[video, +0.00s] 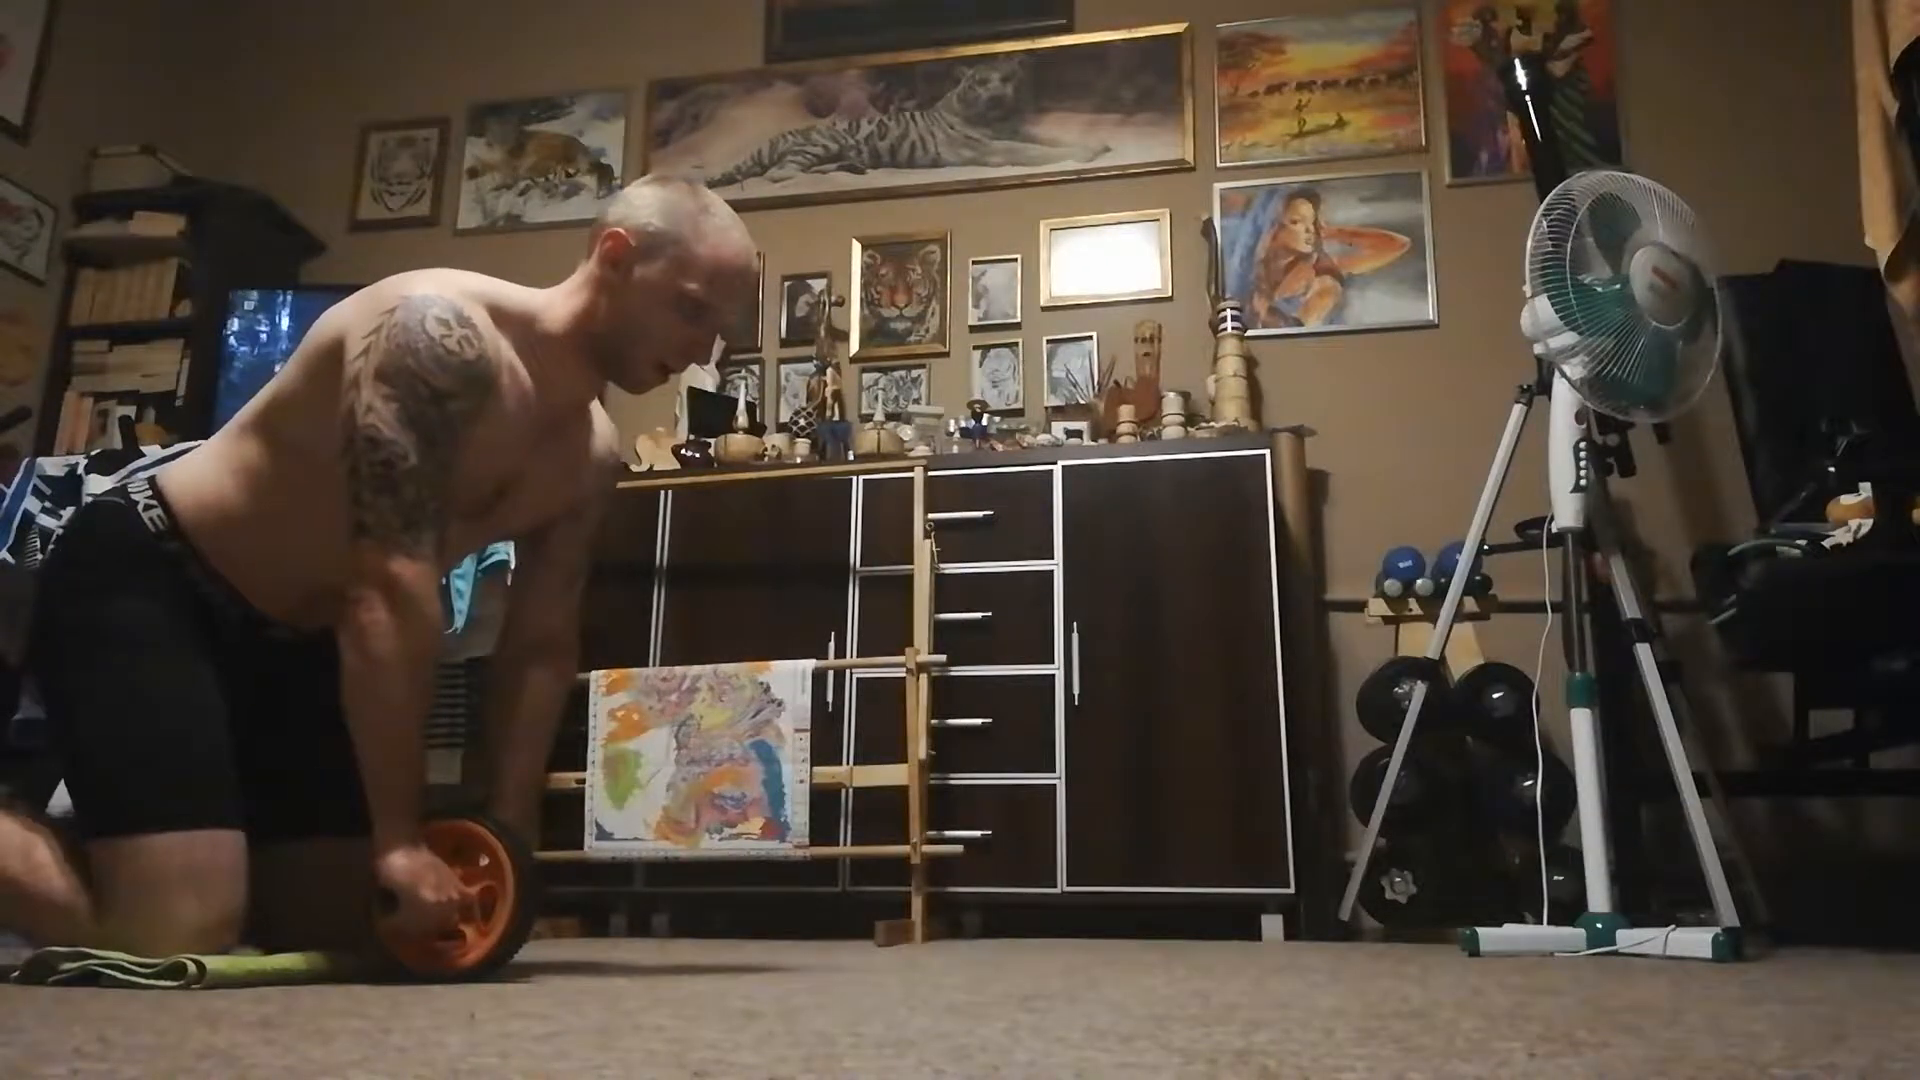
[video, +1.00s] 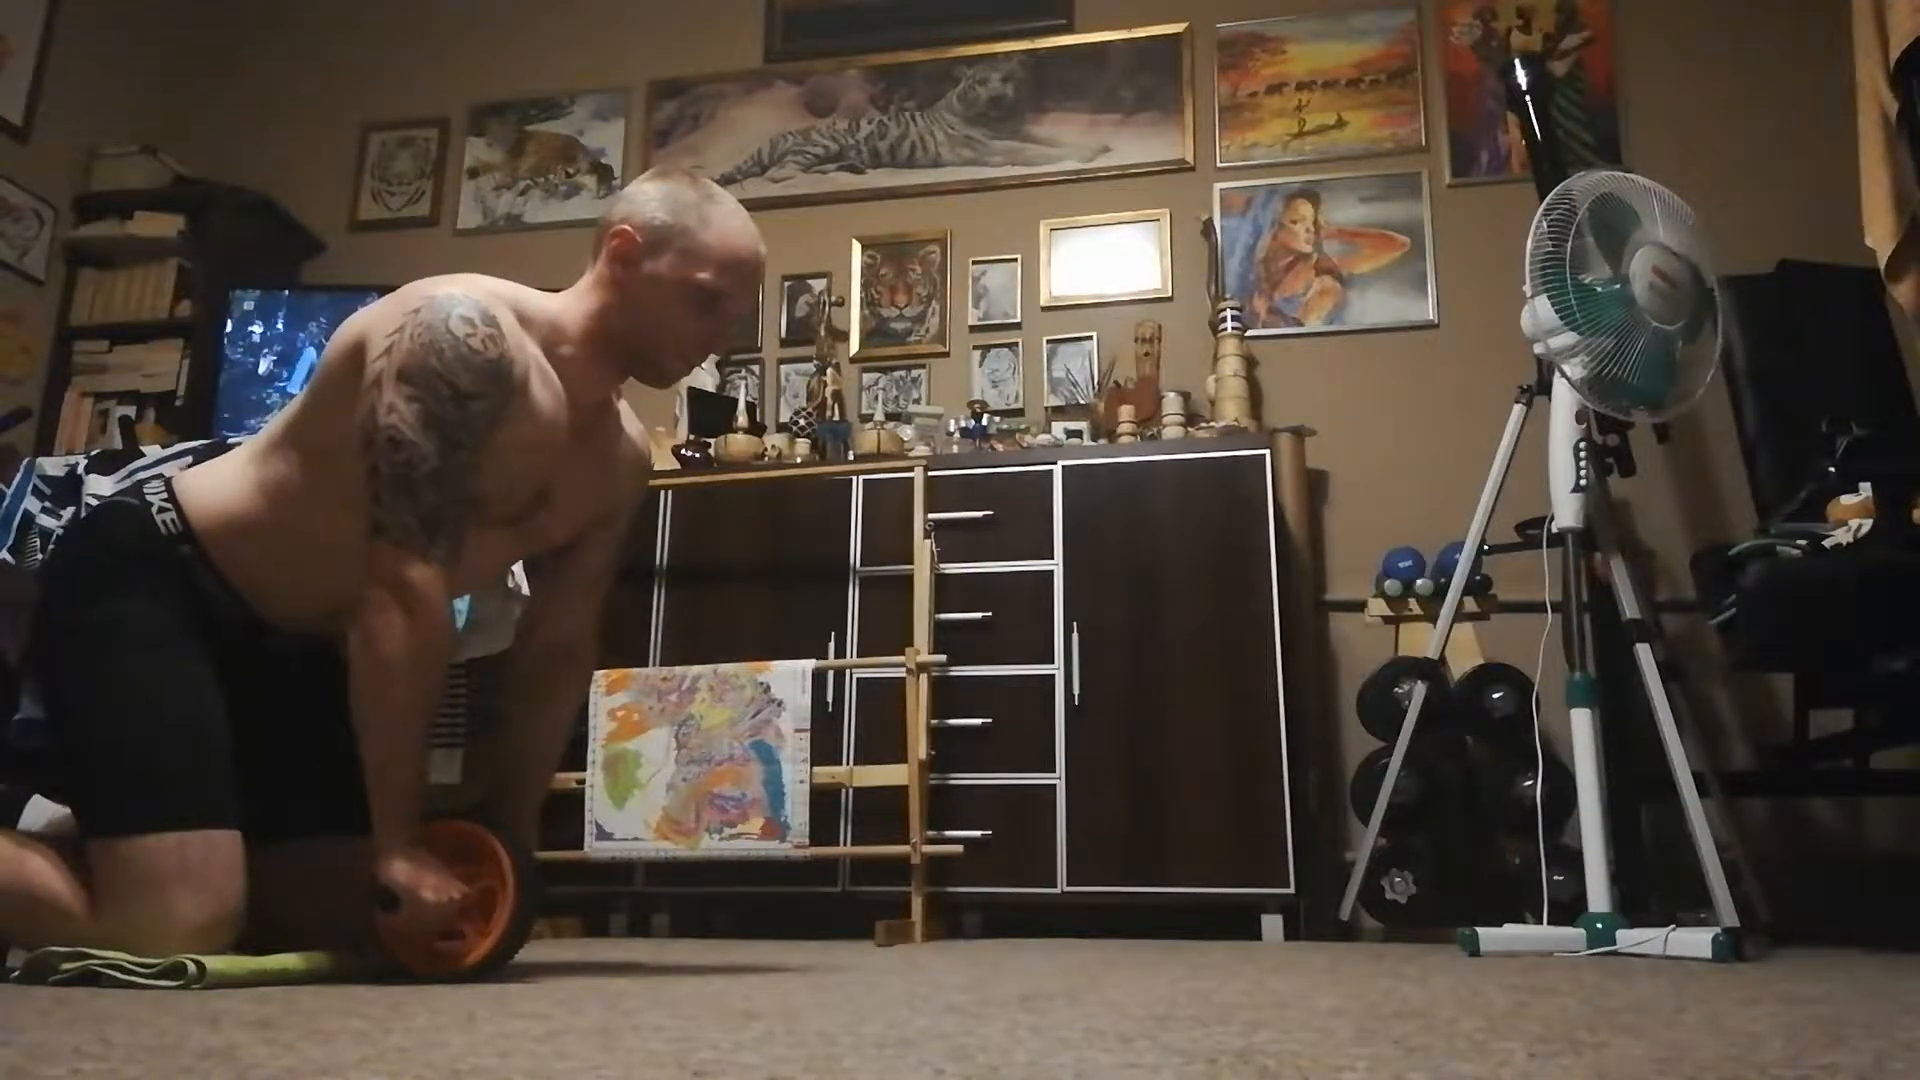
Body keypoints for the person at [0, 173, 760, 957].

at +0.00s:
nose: (710, 349)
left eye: (724, 329)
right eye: (698, 313)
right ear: (616, 254)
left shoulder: (591, 453)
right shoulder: (435, 333)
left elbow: (537, 655)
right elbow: (384, 602)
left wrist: (497, 854)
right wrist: (401, 847)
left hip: (288, 636)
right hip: (143, 570)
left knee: (350, 922)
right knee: (181, 926)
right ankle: (10, 838)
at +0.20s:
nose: (711, 342)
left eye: (727, 321)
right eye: (700, 304)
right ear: (617, 248)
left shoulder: (595, 456)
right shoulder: (439, 334)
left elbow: (540, 658)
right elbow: (391, 601)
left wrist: (499, 858)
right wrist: (402, 848)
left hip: (293, 640)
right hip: (146, 575)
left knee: (352, 922)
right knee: (178, 927)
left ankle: (93, 872)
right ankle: (8, 855)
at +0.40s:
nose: (714, 339)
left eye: (730, 316)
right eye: (700, 299)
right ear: (617, 247)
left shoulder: (604, 460)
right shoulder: (445, 334)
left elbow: (545, 662)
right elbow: (393, 603)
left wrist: (499, 861)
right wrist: (401, 850)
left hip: (292, 642)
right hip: (146, 571)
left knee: (355, 920)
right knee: (178, 924)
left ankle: (82, 865)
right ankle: (8, 856)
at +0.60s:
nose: (717, 338)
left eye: (733, 315)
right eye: (706, 299)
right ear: (620, 249)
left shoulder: (611, 464)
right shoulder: (452, 334)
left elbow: (547, 666)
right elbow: (392, 599)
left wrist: (501, 873)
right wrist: (399, 853)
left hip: (294, 643)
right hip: (149, 573)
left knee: (355, 920)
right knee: (178, 923)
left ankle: (85, 865)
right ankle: (9, 862)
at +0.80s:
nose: (723, 333)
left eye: (737, 308)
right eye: (711, 296)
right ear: (624, 249)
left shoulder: (617, 467)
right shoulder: (461, 337)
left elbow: (549, 667)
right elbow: (395, 600)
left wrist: (500, 873)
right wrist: (399, 855)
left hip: (295, 644)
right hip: (151, 575)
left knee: (357, 922)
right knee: (177, 923)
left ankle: (81, 861)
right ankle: (11, 864)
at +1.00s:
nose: (729, 334)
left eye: (740, 311)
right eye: (713, 299)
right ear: (625, 253)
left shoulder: (617, 466)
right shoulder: (463, 337)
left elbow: (553, 665)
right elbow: (398, 601)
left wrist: (499, 869)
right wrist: (398, 853)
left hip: (295, 640)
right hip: (150, 572)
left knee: (354, 915)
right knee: (180, 920)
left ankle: (63, 860)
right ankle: (10, 861)